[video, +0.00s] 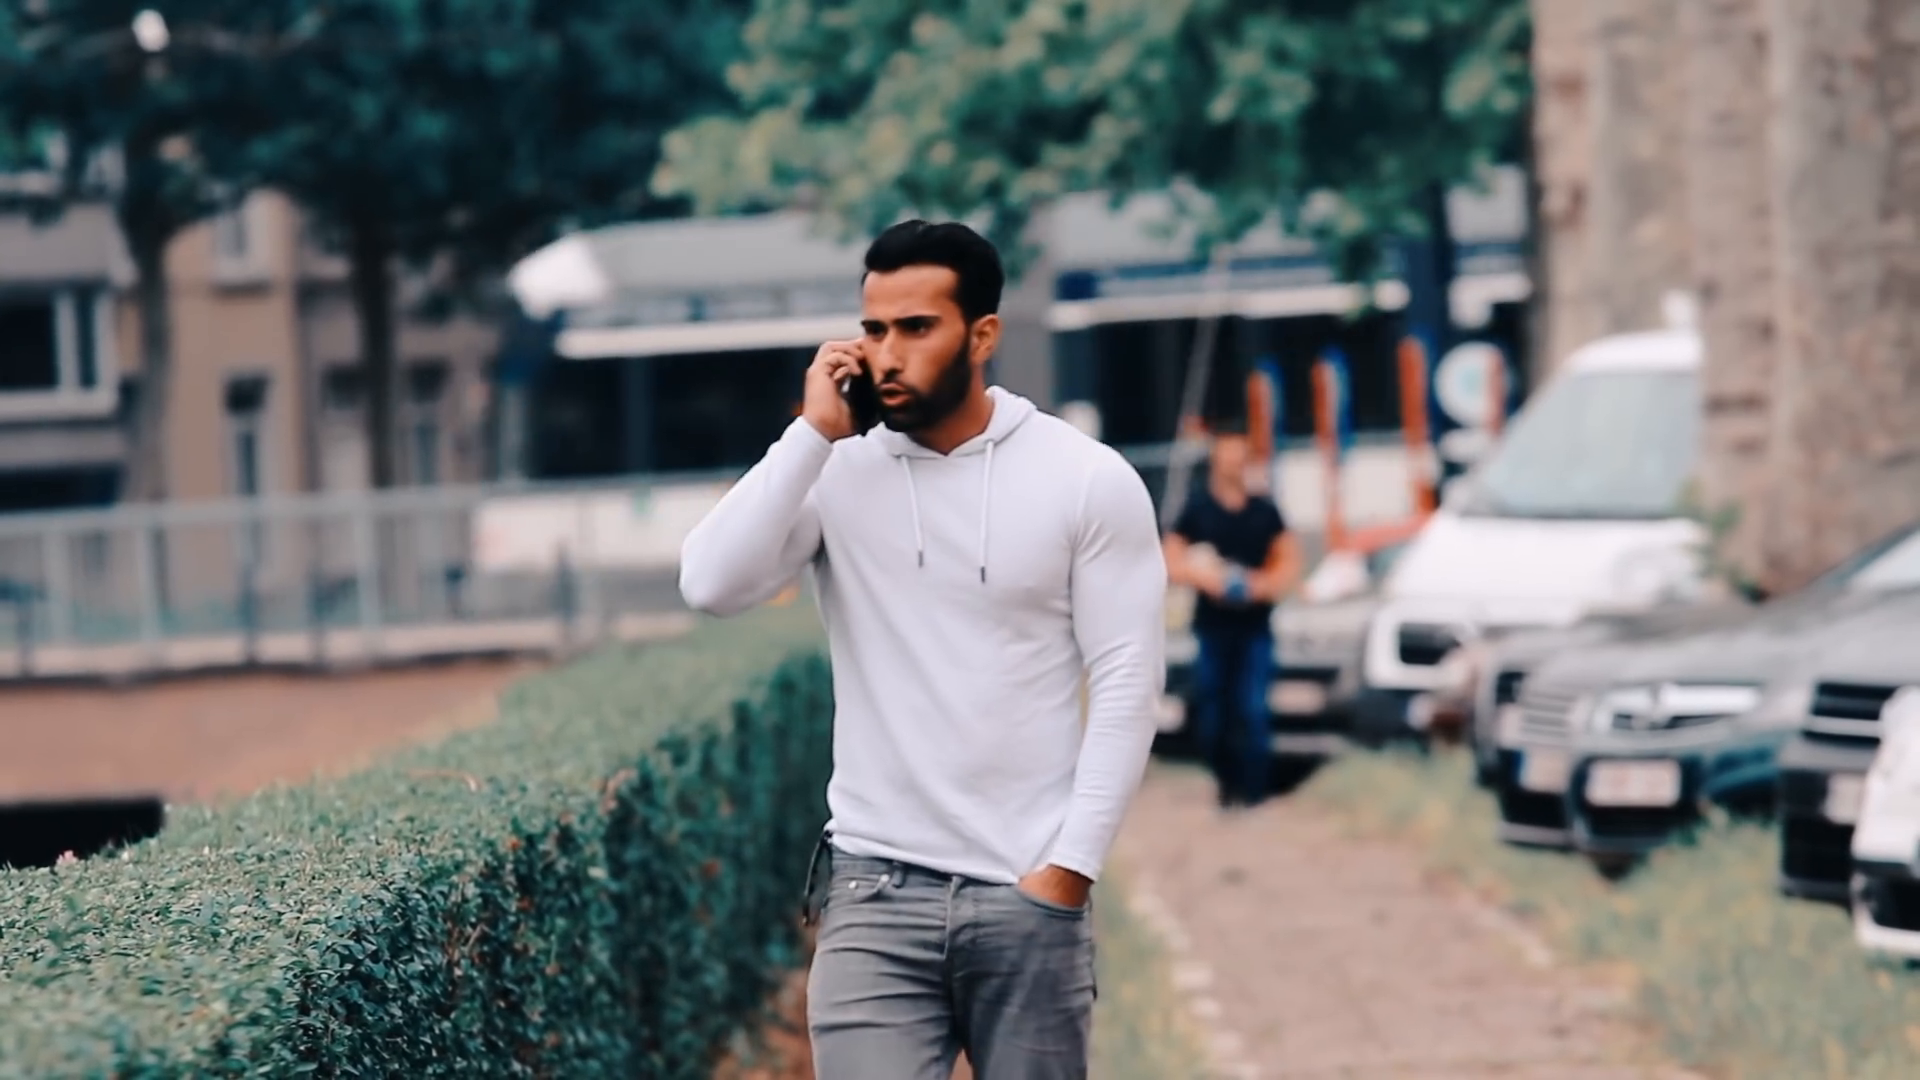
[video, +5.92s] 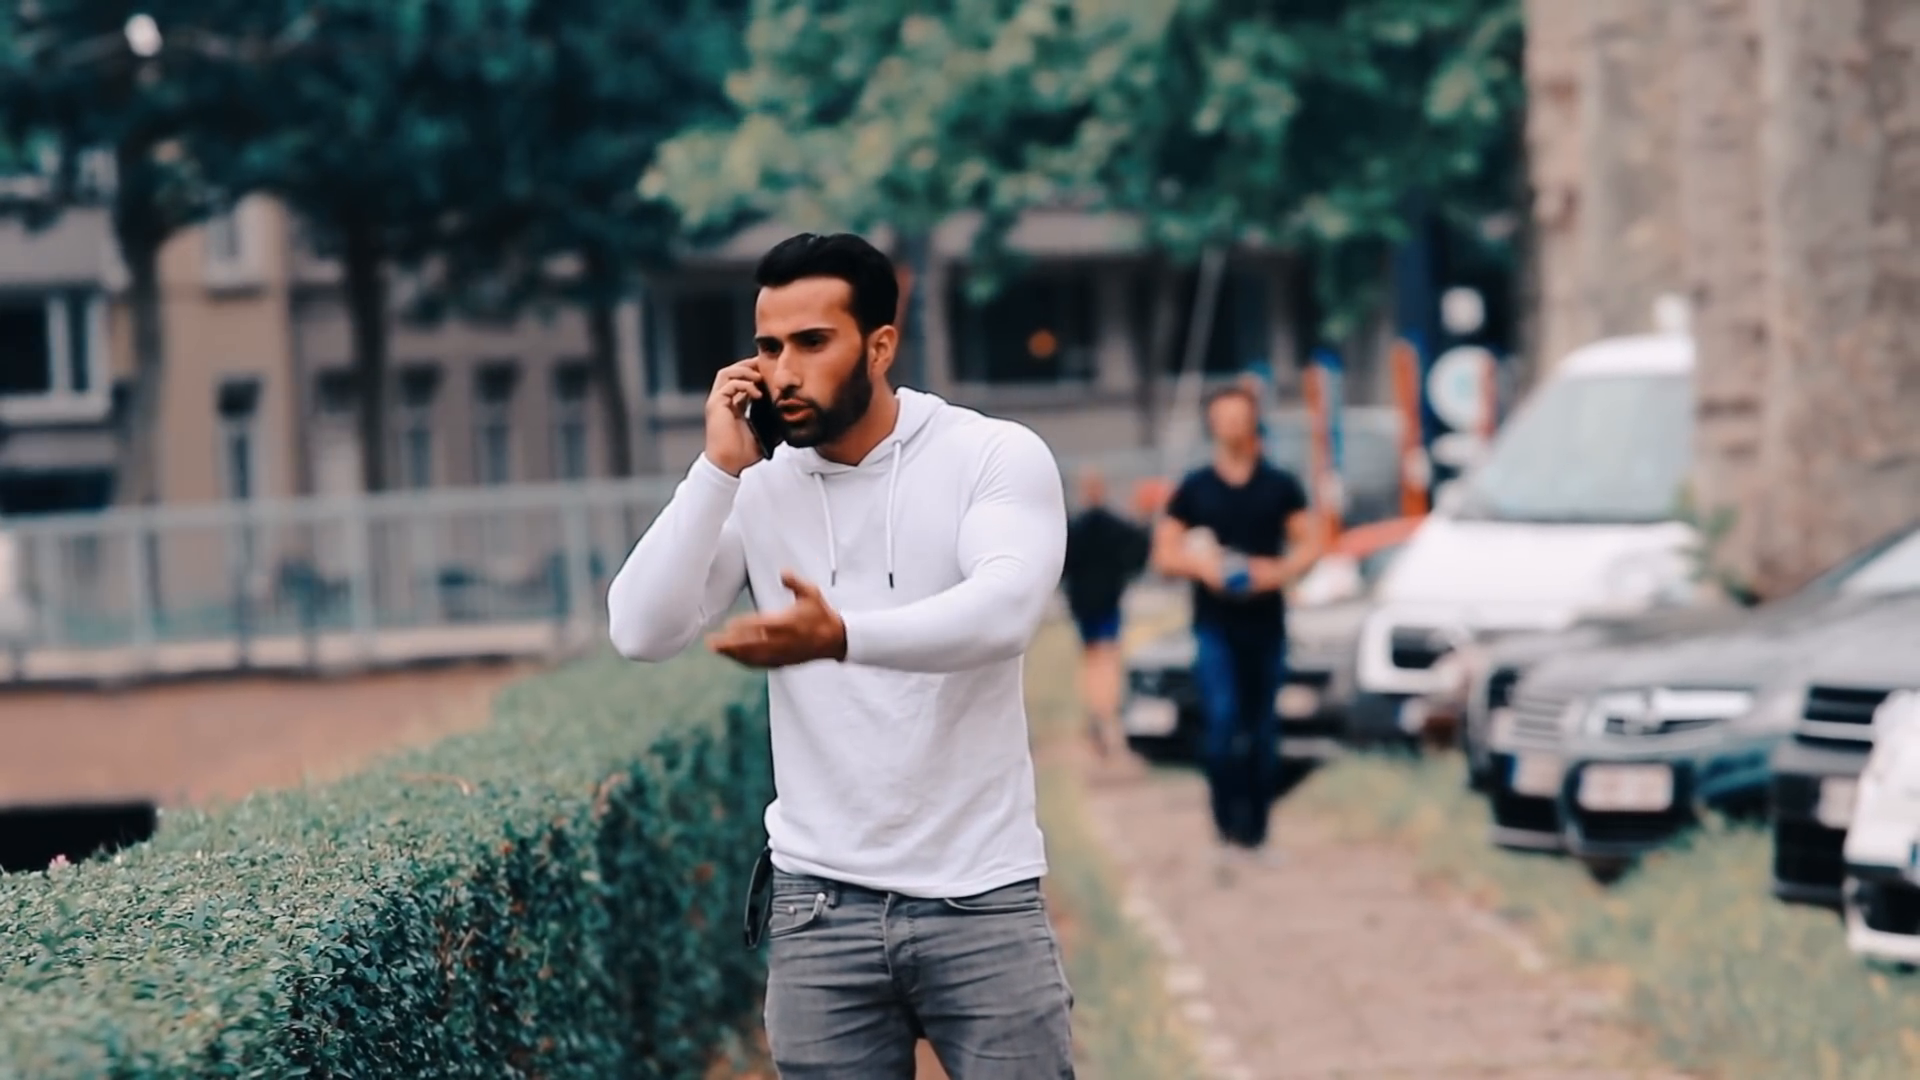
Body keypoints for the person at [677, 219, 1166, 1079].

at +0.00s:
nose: (888, 356)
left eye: (916, 329)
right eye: (875, 330)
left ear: (984, 334)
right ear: (857, 332)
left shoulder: (1088, 481)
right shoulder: (830, 470)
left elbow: (1127, 687)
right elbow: (709, 585)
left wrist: (1068, 869)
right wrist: (813, 433)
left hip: (1026, 905)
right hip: (871, 895)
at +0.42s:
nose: (801, 365)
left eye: (830, 336)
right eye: (787, 339)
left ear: (897, 346)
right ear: (770, 350)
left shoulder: (1008, 475)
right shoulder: (752, 487)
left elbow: (1118, 647)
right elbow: (630, 605)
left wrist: (1026, 778)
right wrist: (729, 448)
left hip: (979, 909)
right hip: (815, 909)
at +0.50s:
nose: (792, 369)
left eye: (822, 339)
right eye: (777, 342)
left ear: (888, 346)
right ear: (760, 351)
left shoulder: (996, 472)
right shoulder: (741, 487)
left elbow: (1106, 643)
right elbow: (623, 608)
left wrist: (994, 724)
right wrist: (722, 452)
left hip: (975, 900)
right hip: (808, 904)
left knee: (1024, 1065)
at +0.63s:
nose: (792, 370)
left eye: (822, 341)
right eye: (778, 344)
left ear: (888, 346)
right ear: (761, 351)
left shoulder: (994, 469)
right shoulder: (742, 486)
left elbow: (1085, 644)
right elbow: (624, 609)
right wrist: (721, 452)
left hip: (973, 897)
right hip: (804, 901)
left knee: (1018, 1064)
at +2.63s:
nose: (799, 371)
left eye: (827, 342)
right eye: (785, 346)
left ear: (895, 346)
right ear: (769, 352)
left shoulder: (1011, 448)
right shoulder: (763, 485)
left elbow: (1038, 592)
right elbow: (651, 627)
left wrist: (871, 532)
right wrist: (732, 468)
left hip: (1000, 893)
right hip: (830, 899)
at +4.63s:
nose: (792, 375)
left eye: (820, 346)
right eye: (778, 350)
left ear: (889, 349)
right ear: (763, 357)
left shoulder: (1008, 457)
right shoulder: (761, 483)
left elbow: (1013, 607)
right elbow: (646, 631)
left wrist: (840, 558)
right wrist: (724, 472)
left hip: (991, 896)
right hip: (823, 902)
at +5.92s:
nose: (781, 372)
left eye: (810, 342)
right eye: (768, 347)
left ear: (880, 345)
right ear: (754, 355)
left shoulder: (999, 457)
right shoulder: (754, 489)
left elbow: (1002, 616)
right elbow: (639, 632)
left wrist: (840, 638)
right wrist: (718, 467)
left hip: (984, 900)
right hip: (815, 906)